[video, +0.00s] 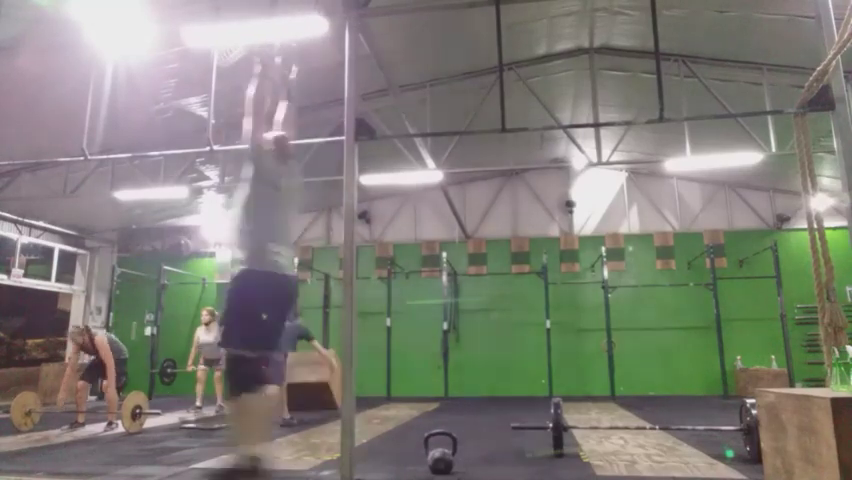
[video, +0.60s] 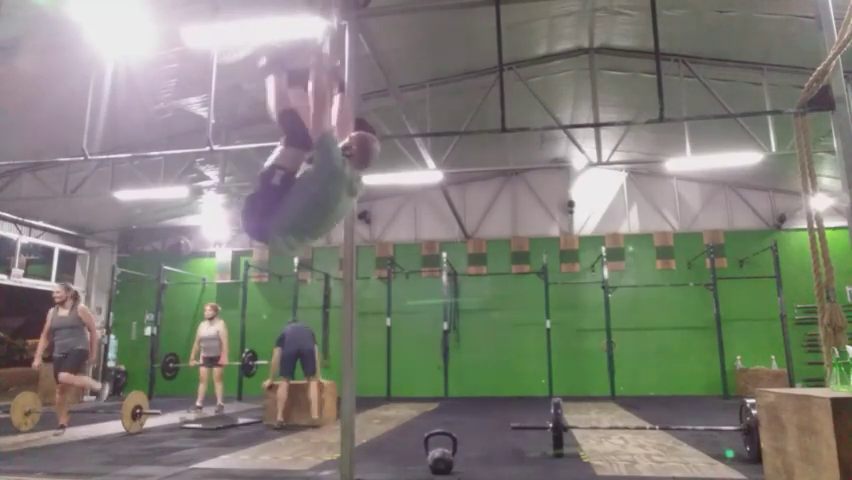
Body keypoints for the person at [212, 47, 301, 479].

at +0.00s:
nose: (270, 141)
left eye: (272, 139)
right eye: (272, 138)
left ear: (274, 150)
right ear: (287, 151)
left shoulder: (268, 171)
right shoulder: (291, 176)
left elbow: (252, 122)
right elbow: (282, 129)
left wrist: (258, 78)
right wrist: (287, 88)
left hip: (259, 276)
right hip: (282, 277)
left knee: (240, 361)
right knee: (260, 364)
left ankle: (249, 452)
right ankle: (255, 448)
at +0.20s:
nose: (351, 133)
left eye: (355, 131)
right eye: (353, 129)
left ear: (359, 138)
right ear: (377, 147)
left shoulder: (348, 158)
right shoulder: (374, 177)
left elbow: (329, 103)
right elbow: (357, 123)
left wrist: (327, 61)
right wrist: (358, 89)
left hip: (288, 237)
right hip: (308, 247)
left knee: (285, 141)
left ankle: (229, 134)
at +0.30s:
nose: (272, 151)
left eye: (276, 148)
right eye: (277, 148)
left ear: (281, 158)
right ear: (290, 160)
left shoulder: (281, 176)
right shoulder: (296, 179)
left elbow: (271, 124)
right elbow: (297, 133)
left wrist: (275, 79)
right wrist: (299, 95)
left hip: (285, 277)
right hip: (300, 275)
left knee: (288, 380)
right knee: (291, 373)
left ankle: (322, 449)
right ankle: (321, 446)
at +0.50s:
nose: (323, 135)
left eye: (330, 135)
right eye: (327, 133)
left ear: (337, 150)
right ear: (343, 154)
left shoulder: (328, 172)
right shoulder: (329, 174)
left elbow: (309, 111)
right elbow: (313, 122)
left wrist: (307, 63)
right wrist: (314, 82)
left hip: (303, 270)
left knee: (234, 304)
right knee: (231, 301)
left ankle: (212, 372)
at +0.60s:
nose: (342, 142)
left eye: (347, 140)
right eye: (346, 138)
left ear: (350, 150)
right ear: (362, 160)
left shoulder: (334, 166)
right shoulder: (354, 186)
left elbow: (319, 111)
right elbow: (343, 129)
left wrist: (318, 66)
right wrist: (339, 87)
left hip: (261, 225)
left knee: (299, 138)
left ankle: (275, 70)